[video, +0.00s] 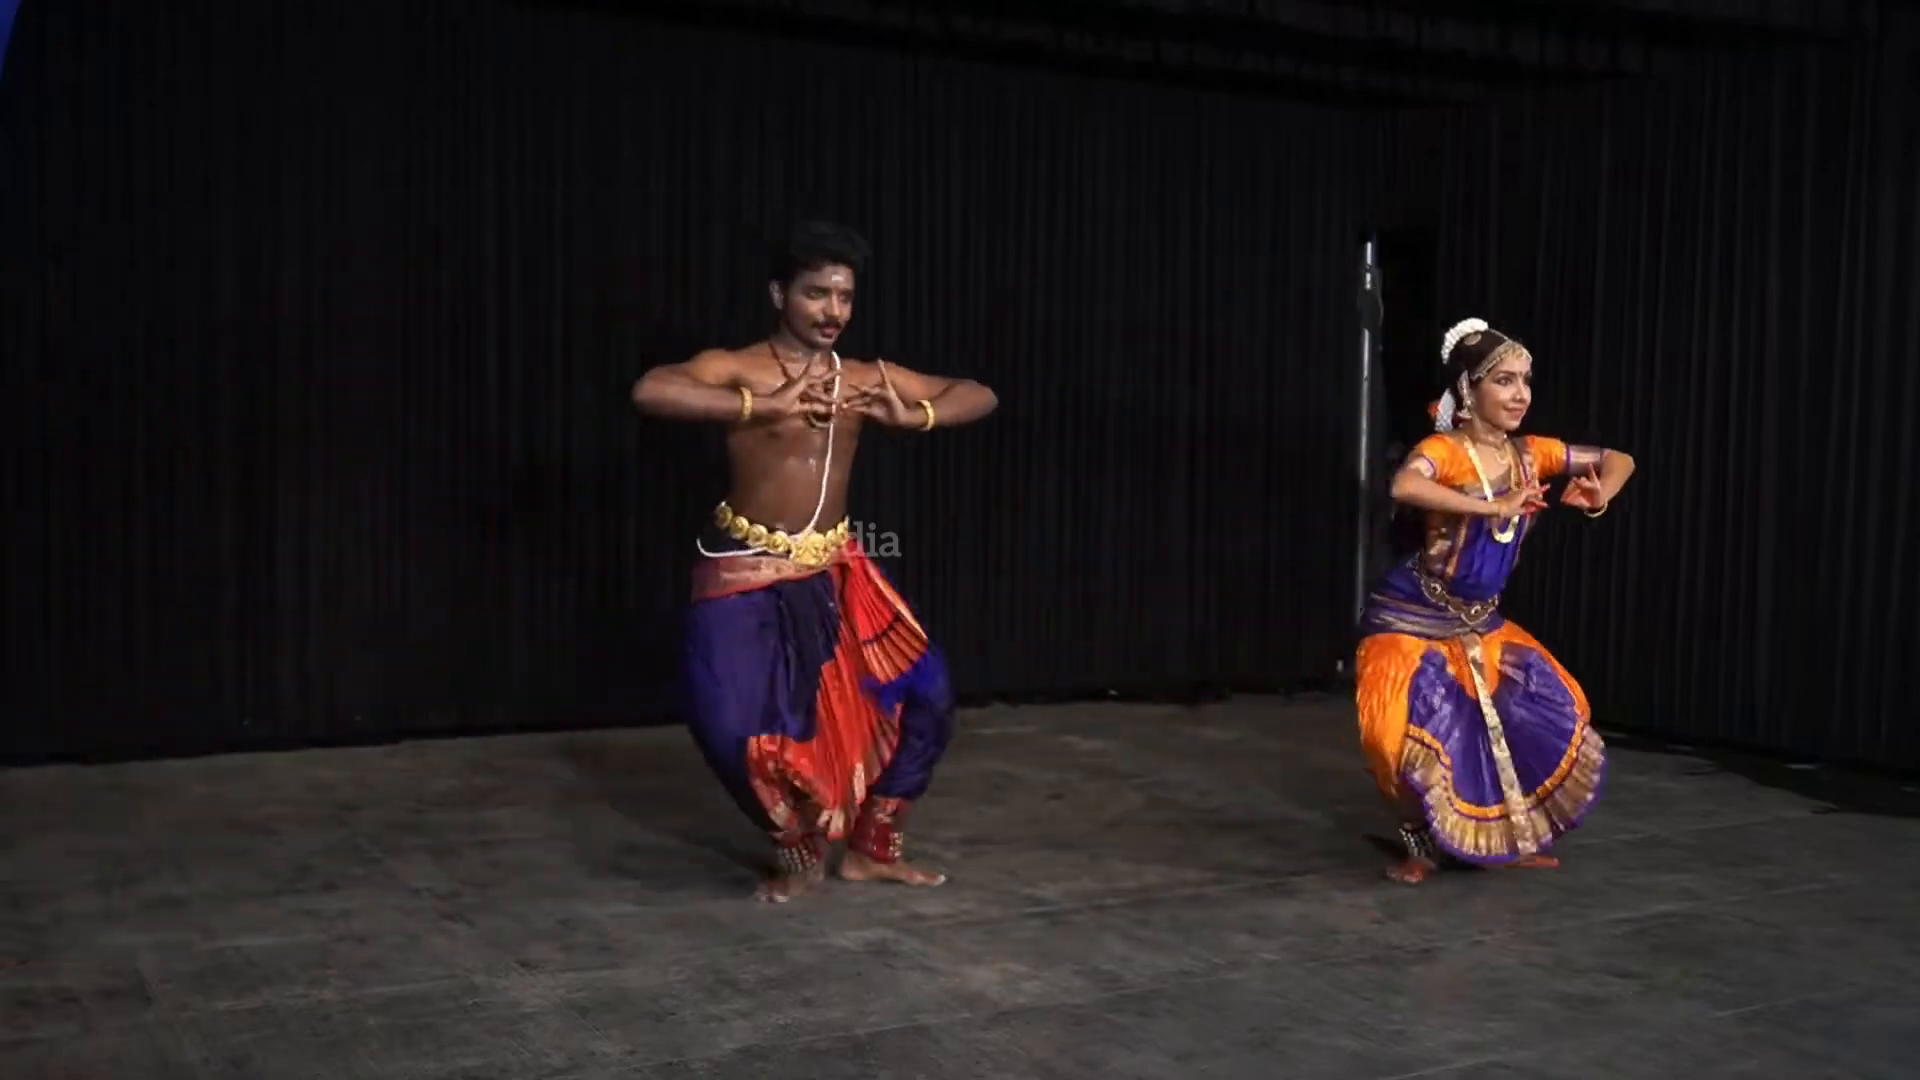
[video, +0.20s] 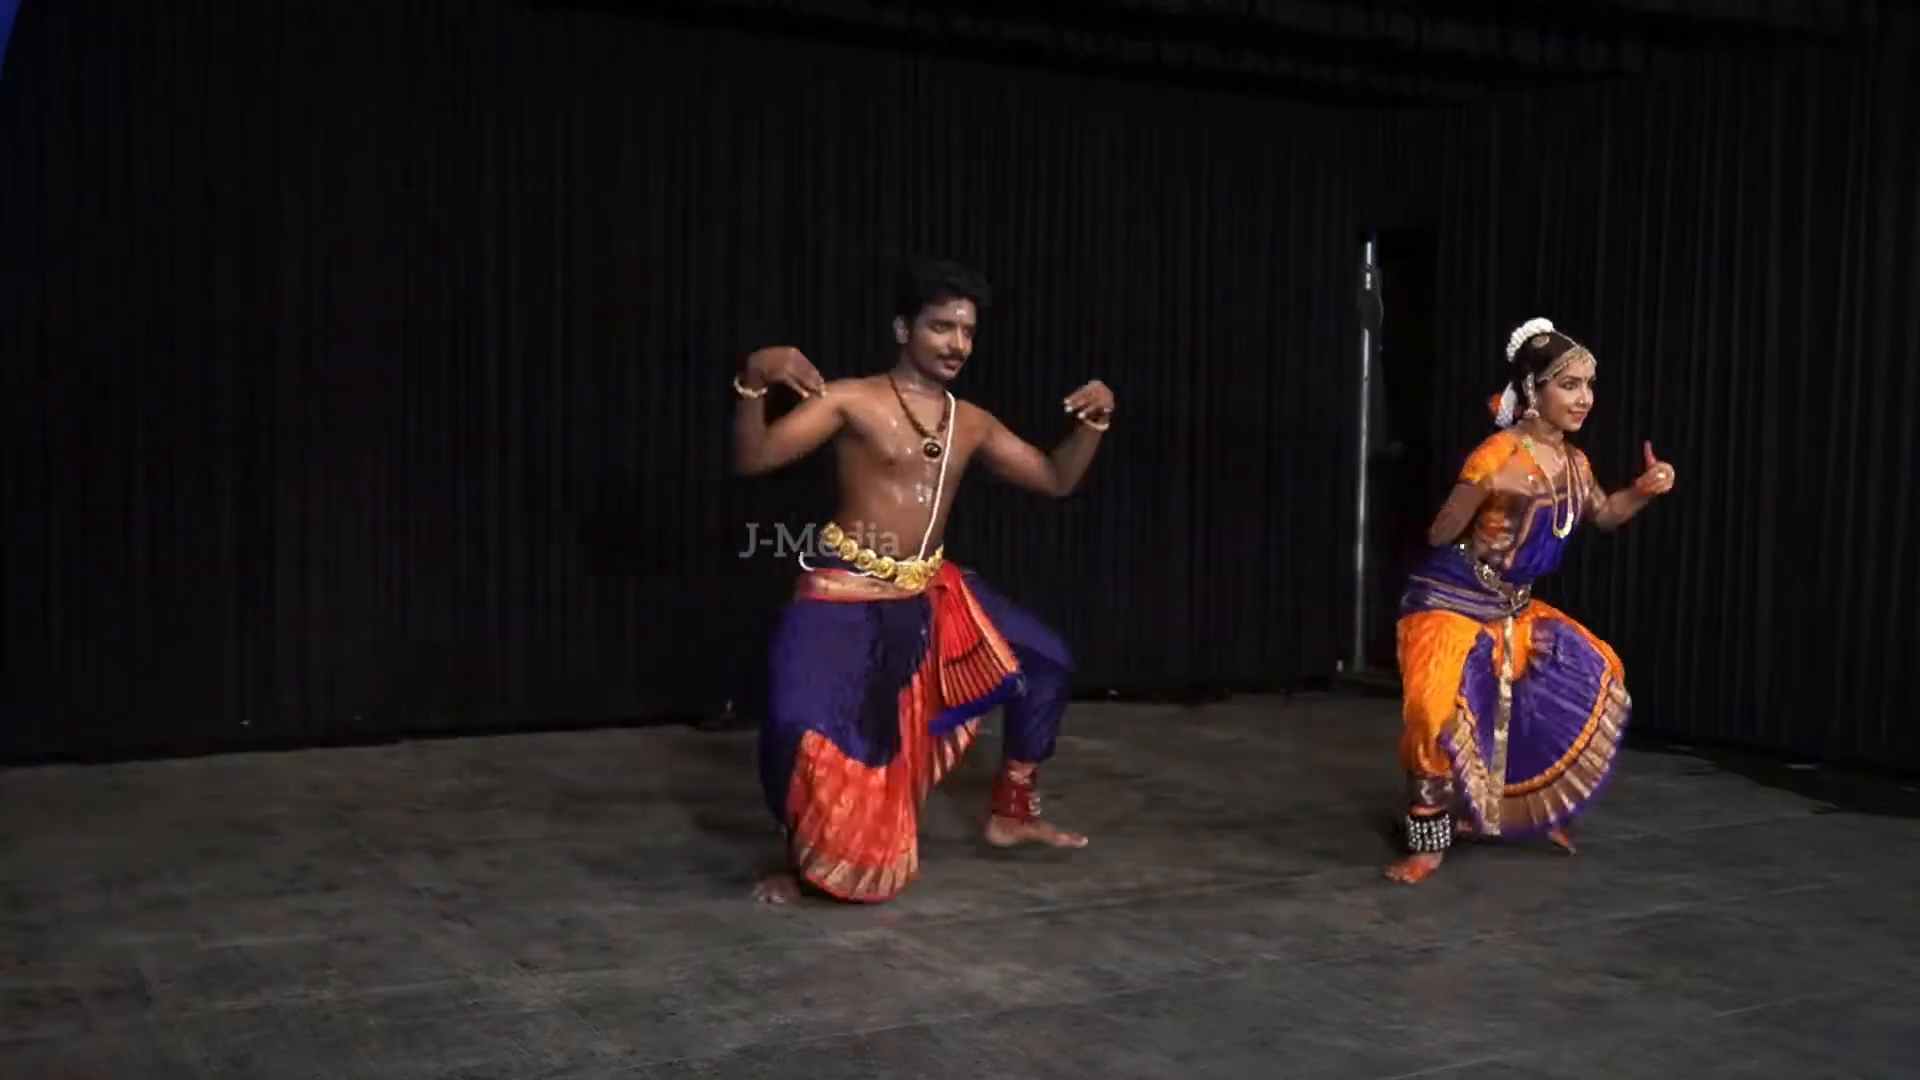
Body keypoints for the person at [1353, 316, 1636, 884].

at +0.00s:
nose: (1521, 394)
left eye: (1526, 381)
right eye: (1505, 381)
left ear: (1530, 389)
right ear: (1468, 390)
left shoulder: (1532, 454)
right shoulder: (1443, 450)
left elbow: (1620, 460)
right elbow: (1405, 486)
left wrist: (1601, 490)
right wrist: (1491, 506)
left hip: (1482, 628)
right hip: (1410, 624)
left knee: (1561, 710)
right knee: (1387, 731)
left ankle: (1512, 832)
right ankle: (1419, 843)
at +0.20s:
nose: (1585, 398)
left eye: (1589, 386)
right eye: (1571, 385)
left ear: (1591, 391)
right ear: (1534, 391)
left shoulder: (1572, 460)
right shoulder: (1497, 454)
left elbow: (1603, 518)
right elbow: (1441, 533)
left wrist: (1639, 492)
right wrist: (1485, 490)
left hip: (1515, 608)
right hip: (1451, 604)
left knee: (1599, 673)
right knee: (1430, 706)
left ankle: (1538, 805)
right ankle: (1427, 844)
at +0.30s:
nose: (1619, 392)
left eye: (1623, 380)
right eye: (1606, 379)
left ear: (1621, 388)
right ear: (1568, 386)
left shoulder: (1598, 458)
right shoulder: (1535, 443)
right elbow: (1479, 510)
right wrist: (1454, 474)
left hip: (1539, 597)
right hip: (1481, 590)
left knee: (1615, 661)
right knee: (1459, 696)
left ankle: (1584, 791)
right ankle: (1432, 841)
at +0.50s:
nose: (1669, 407)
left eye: (1666, 398)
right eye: (1665, 398)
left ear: (1637, 406)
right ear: (1650, 405)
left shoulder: (1653, 472)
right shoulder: (1605, 446)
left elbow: (1690, 478)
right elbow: (1553, 452)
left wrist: (1735, 467)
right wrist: (1488, 451)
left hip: (1599, 612)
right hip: (1551, 598)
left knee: (1651, 690)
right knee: (1535, 696)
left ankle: (1606, 802)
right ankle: (1476, 803)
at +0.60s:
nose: (1683, 415)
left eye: (1681, 405)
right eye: (1680, 404)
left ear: (1652, 410)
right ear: (1664, 408)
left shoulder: (1664, 475)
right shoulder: (1624, 443)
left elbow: (1699, 481)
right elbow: (1587, 444)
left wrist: (1734, 477)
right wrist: (1531, 444)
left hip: (1611, 614)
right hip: (1567, 603)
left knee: (1663, 696)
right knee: (1584, 728)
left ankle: (1617, 800)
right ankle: (1531, 765)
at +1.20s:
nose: (1715, 390)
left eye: (1716, 380)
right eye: (1703, 377)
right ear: (1666, 387)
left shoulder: (1683, 456)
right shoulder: (1641, 442)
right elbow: (1597, 486)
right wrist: (1626, 464)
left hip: (1639, 601)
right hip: (1589, 598)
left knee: (1696, 688)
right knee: (1620, 720)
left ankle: (1644, 804)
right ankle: (1592, 773)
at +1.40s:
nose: (1676, 375)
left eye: (1680, 365)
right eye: (1662, 363)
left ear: (1681, 379)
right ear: (1626, 373)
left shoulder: (1678, 441)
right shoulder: (1603, 433)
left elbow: (1736, 444)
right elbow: (1565, 473)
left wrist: (1751, 466)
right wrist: (1643, 492)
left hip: (1629, 595)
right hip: (1569, 587)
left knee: (1686, 672)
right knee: (1553, 677)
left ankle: (1640, 799)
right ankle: (1537, 819)